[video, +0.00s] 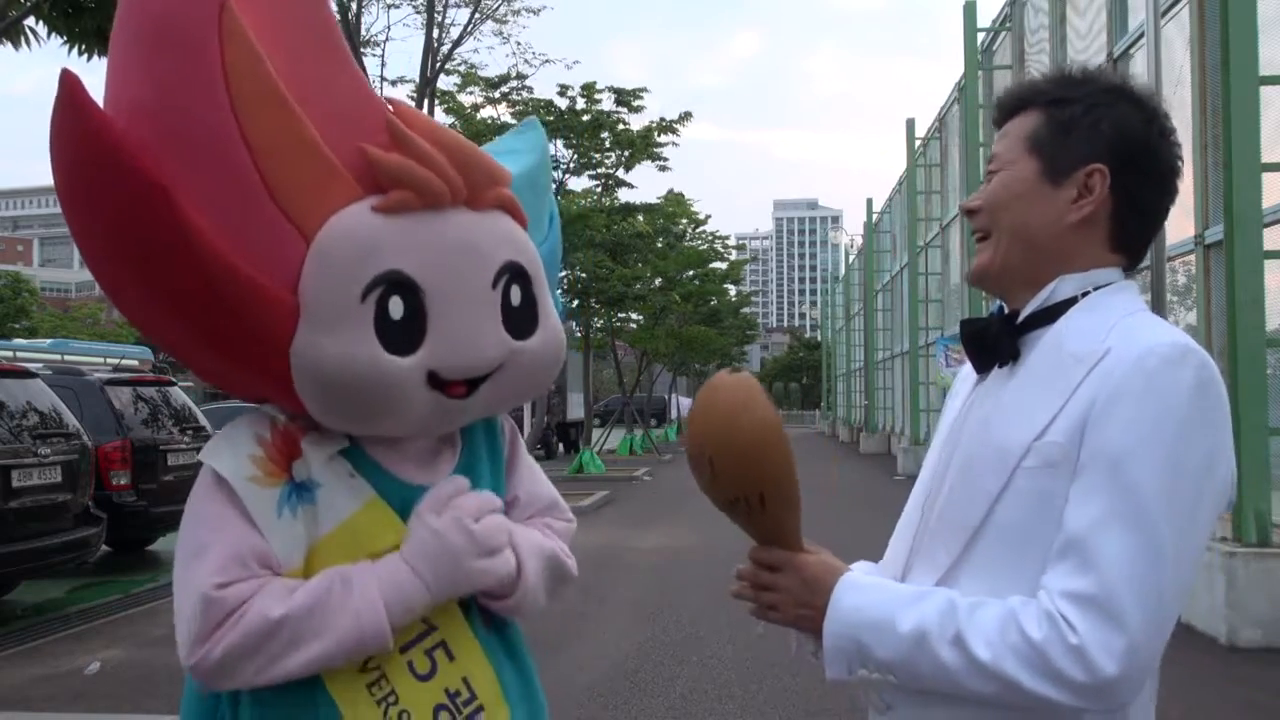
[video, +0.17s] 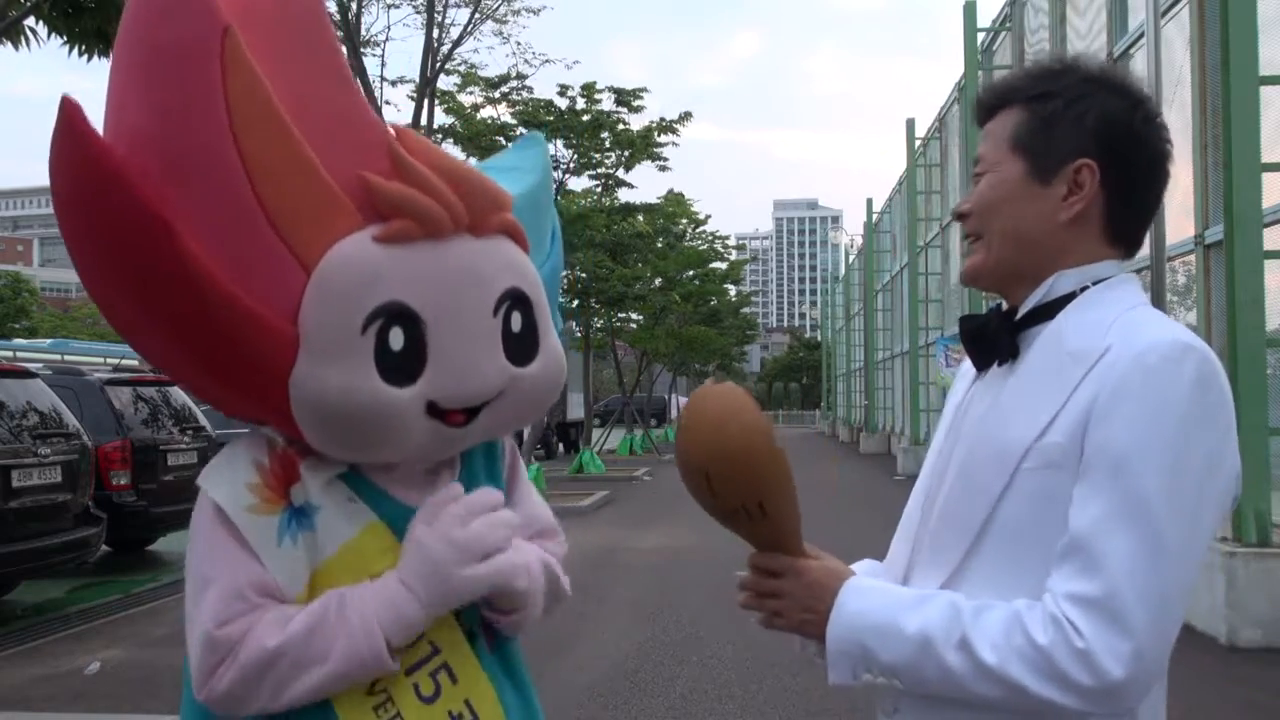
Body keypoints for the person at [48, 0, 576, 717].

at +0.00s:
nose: (467, 353)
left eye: (509, 300)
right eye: (399, 310)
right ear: (295, 312)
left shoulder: (491, 438)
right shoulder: (245, 465)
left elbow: (556, 541)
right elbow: (218, 638)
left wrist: (506, 558)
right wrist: (415, 574)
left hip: (491, 705)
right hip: (308, 712)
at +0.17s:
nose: (466, 389)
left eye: (511, 325)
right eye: (398, 344)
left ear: (535, 318)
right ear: (295, 340)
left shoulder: (484, 457)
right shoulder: (242, 493)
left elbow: (547, 553)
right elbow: (227, 668)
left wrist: (516, 576)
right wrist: (410, 594)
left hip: (492, 707)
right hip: (332, 714)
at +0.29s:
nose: (466, 398)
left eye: (510, 335)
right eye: (395, 356)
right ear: (287, 348)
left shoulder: (487, 470)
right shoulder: (243, 492)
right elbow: (231, 672)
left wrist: (535, 583)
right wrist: (392, 580)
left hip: (491, 707)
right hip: (330, 714)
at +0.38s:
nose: (448, 403)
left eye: (493, 348)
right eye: (386, 365)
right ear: (280, 358)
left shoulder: (488, 473)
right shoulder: (249, 483)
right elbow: (235, 663)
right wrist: (366, 541)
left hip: (496, 711)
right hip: (320, 716)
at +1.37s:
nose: (457, 394)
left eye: (508, 344)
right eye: (393, 350)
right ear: (291, 356)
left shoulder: (504, 465)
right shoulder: (240, 482)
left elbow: (559, 555)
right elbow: (155, 627)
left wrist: (602, 492)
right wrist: (284, 518)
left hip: (499, 709)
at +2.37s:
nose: (449, 374)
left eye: (485, 333)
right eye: (397, 340)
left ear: (508, 323)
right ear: (306, 345)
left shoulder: (517, 464)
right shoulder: (260, 486)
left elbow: (598, 510)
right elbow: (140, 610)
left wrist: (640, 464)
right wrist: (293, 485)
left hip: (515, 706)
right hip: (308, 710)